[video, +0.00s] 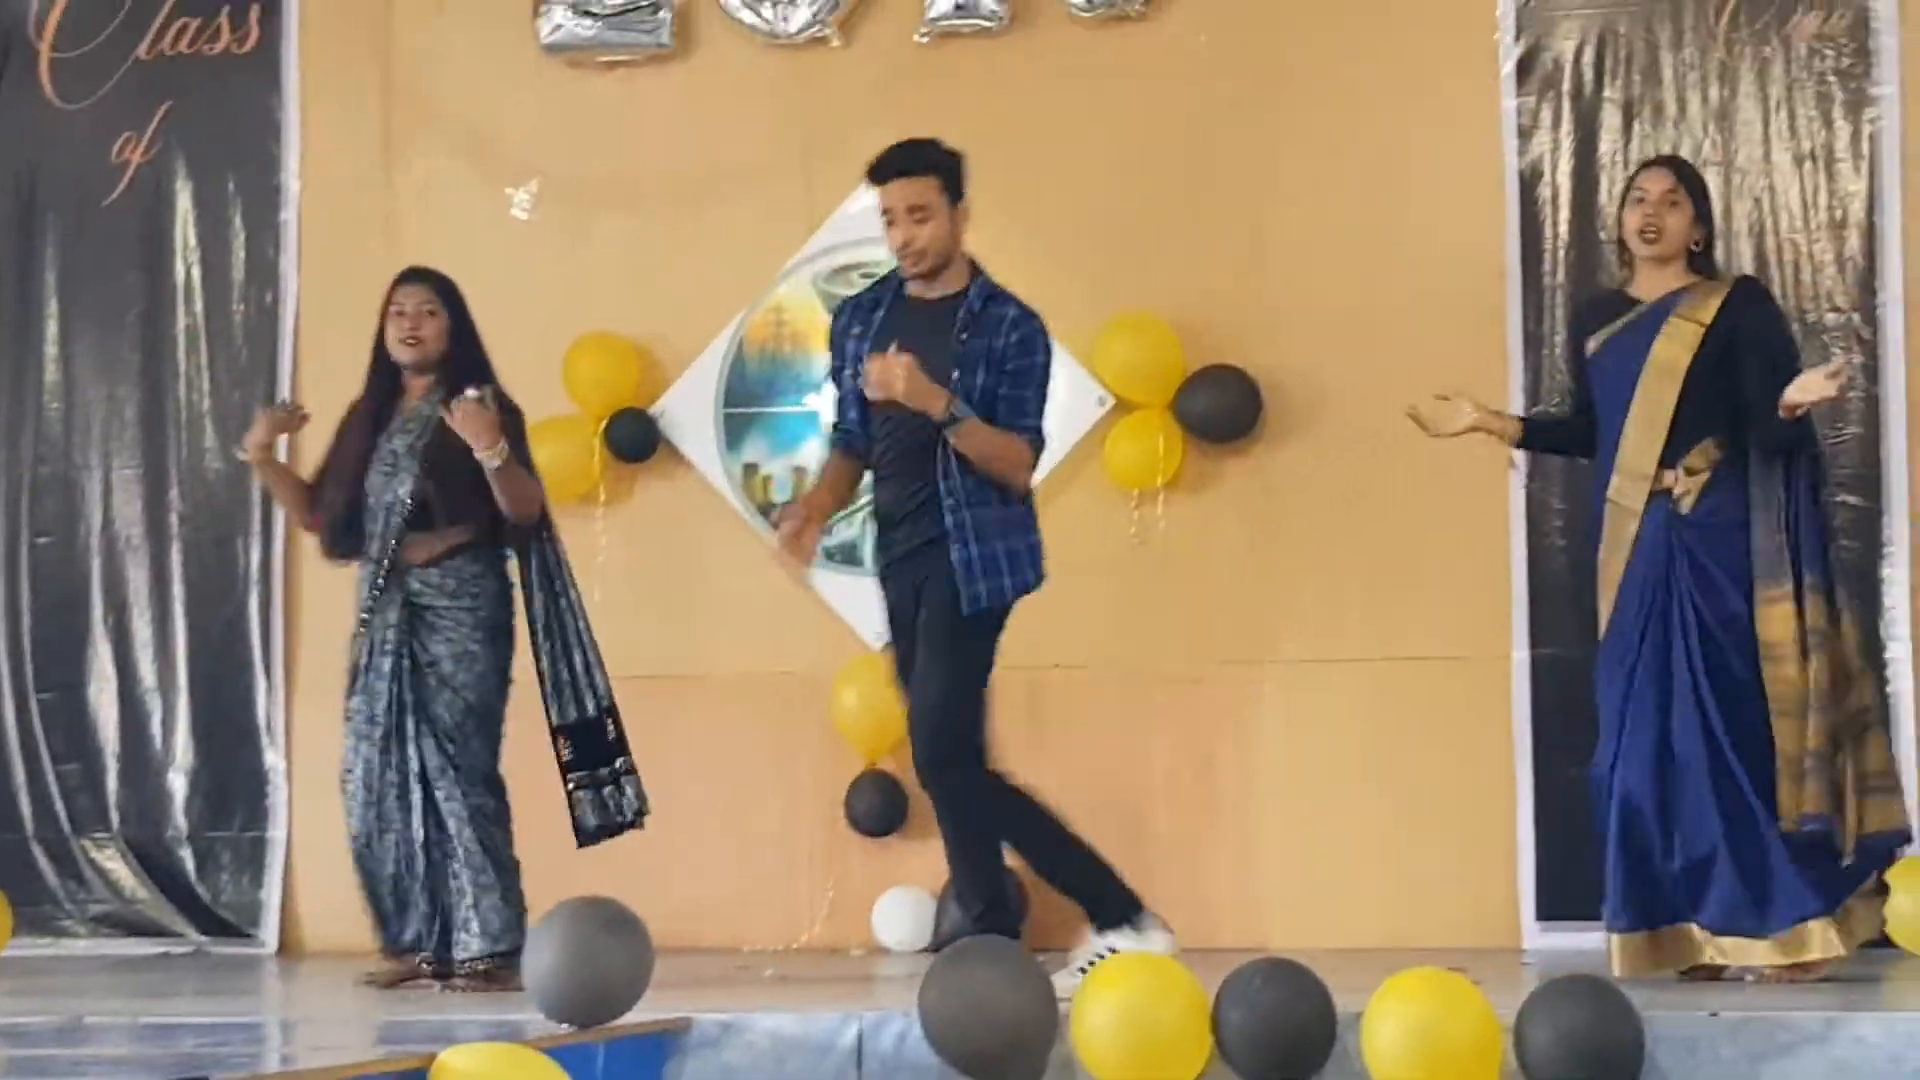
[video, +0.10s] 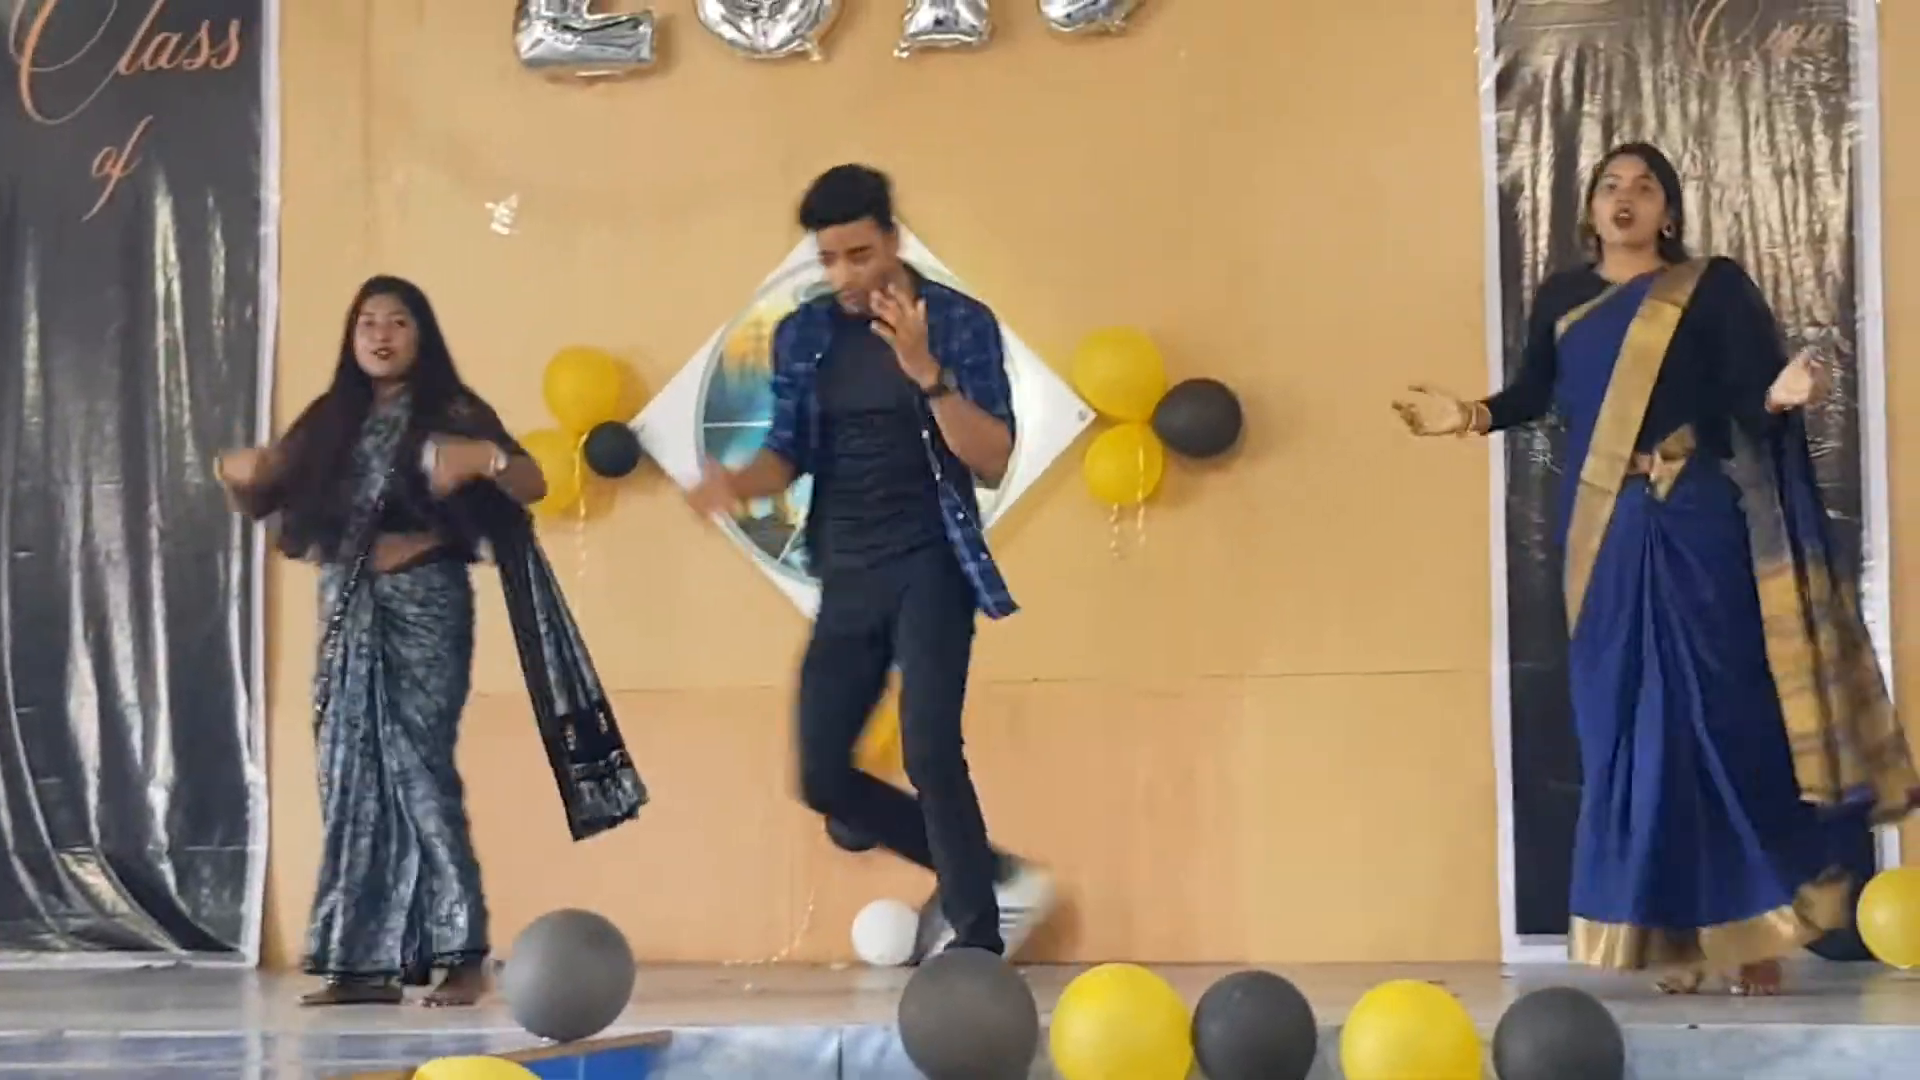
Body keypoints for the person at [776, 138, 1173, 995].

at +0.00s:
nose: (902, 233)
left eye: (918, 214)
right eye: (889, 218)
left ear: (960, 213)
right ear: (880, 223)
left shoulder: (1009, 325)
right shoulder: (862, 320)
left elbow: (1020, 461)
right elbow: (852, 444)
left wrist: (930, 397)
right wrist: (811, 510)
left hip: (976, 549)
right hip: (899, 557)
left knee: (942, 752)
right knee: (953, 767)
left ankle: (987, 949)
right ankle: (1124, 919)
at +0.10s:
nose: (844, 276)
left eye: (859, 254)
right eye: (828, 258)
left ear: (894, 238)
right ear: (814, 253)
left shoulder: (959, 323)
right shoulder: (802, 334)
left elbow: (993, 456)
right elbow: (785, 454)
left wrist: (926, 372)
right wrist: (739, 485)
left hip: (933, 569)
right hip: (848, 580)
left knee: (930, 756)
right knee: (824, 778)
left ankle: (976, 937)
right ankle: (986, 871)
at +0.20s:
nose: (772, 281)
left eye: (786, 261)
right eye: (754, 265)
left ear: (817, 238)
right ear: (737, 254)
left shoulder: (888, 297)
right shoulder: (729, 325)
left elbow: (958, 419)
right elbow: (732, 443)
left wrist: (898, 389)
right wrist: (670, 441)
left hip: (876, 560)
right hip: (784, 565)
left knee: (891, 747)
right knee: (704, 739)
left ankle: (952, 937)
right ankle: (779, 901)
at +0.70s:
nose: (557, 265)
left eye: (571, 246)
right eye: (539, 251)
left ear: (594, 227)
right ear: (514, 240)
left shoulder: (643, 289)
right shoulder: (490, 304)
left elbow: (762, 350)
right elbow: (380, 387)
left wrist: (699, 269)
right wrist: (399, 289)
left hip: (637, 555)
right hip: (536, 557)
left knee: (654, 715)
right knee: (505, 743)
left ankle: (658, 873)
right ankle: (479, 934)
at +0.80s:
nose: (546, 269)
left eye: (559, 250)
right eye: (527, 255)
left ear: (581, 231)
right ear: (500, 244)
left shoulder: (632, 291)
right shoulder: (472, 316)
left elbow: (749, 351)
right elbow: (373, 405)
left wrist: (690, 267)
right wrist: (398, 306)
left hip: (618, 560)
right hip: (518, 559)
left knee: (613, 741)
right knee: (490, 748)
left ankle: (595, 906)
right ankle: (474, 931)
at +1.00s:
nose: (567, 244)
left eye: (577, 225)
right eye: (547, 231)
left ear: (591, 214)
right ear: (510, 225)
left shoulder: (630, 275)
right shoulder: (472, 296)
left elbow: (751, 328)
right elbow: (369, 380)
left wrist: (688, 245)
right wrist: (408, 276)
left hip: (626, 534)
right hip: (527, 539)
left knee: (644, 696)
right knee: (501, 734)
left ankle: (631, 869)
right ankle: (477, 924)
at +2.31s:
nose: (799, 168)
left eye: (801, 151)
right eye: (780, 157)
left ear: (804, 145)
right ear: (729, 160)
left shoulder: (843, 213)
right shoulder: (691, 242)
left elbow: (935, 280)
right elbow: (725, 360)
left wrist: (993, 280)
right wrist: (812, 294)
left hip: (844, 484)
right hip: (741, 486)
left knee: (910, 657)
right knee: (647, 653)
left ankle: (999, 834)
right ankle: (576, 828)